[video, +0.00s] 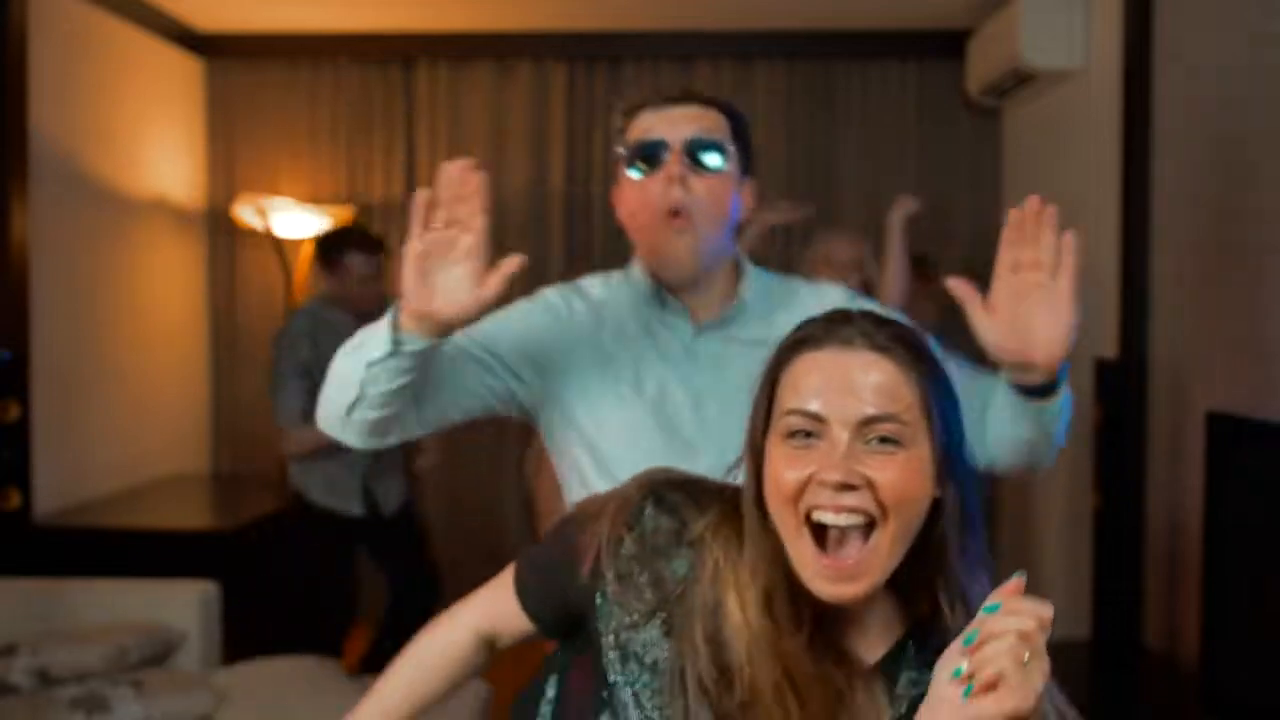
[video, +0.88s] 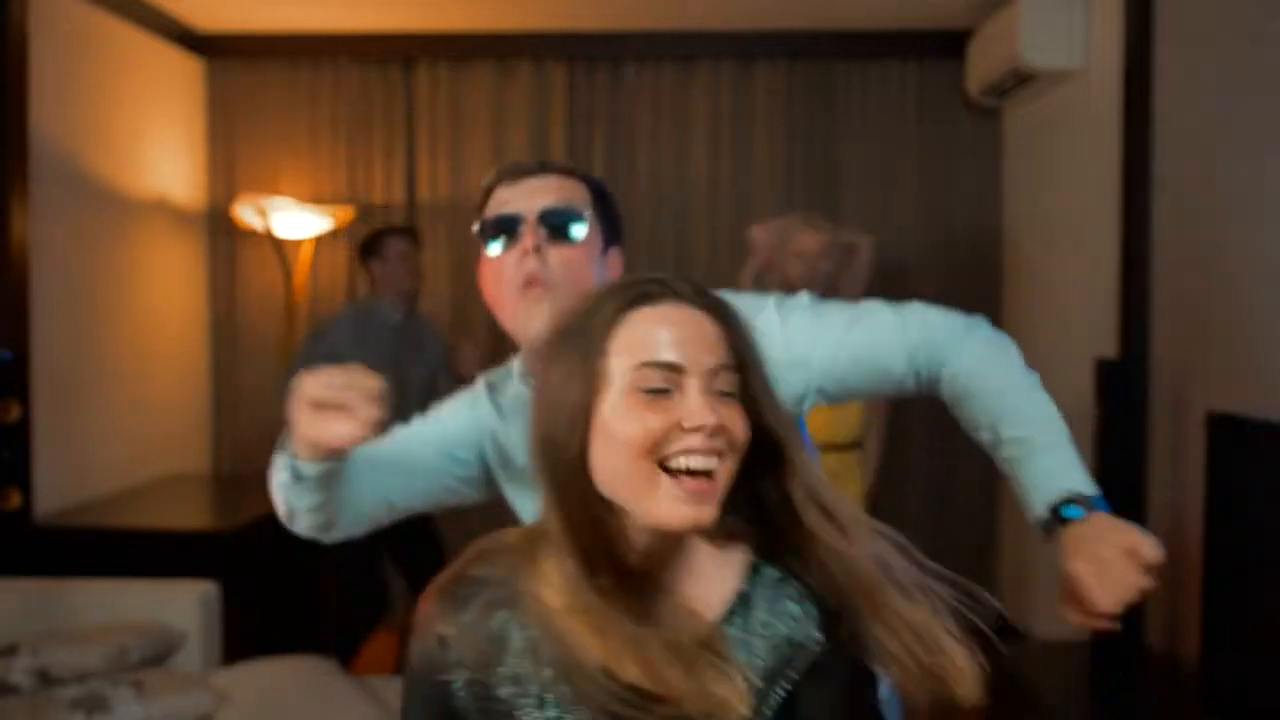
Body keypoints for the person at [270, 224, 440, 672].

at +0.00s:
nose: (377, 288)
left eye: (379, 275)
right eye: (365, 277)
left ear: (382, 270)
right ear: (333, 274)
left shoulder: (384, 323)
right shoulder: (304, 331)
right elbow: (292, 440)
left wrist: (419, 433)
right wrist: (359, 424)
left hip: (387, 486)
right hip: (327, 491)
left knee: (418, 590)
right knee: (333, 601)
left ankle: (375, 677)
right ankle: (316, 682)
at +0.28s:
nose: (389, 271)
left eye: (392, 260)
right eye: (381, 259)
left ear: (390, 261)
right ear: (349, 258)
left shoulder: (398, 323)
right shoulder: (313, 323)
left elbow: (411, 391)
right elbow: (270, 414)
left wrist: (406, 444)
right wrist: (329, 451)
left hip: (396, 484)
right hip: (332, 486)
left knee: (421, 590)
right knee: (329, 598)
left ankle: (396, 681)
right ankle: (320, 684)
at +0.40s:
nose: (391, 255)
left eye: (394, 246)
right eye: (382, 245)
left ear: (395, 250)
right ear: (351, 248)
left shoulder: (401, 311)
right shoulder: (317, 317)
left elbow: (427, 380)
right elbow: (265, 396)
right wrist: (325, 435)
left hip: (400, 472)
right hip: (340, 476)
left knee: (407, 590)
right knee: (340, 590)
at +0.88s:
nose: (409, 271)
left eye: (413, 261)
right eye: (398, 261)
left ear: (418, 268)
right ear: (372, 268)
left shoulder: (428, 339)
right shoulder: (338, 337)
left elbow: (443, 409)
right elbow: (306, 405)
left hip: (412, 490)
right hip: (346, 485)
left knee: (436, 592)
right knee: (360, 599)